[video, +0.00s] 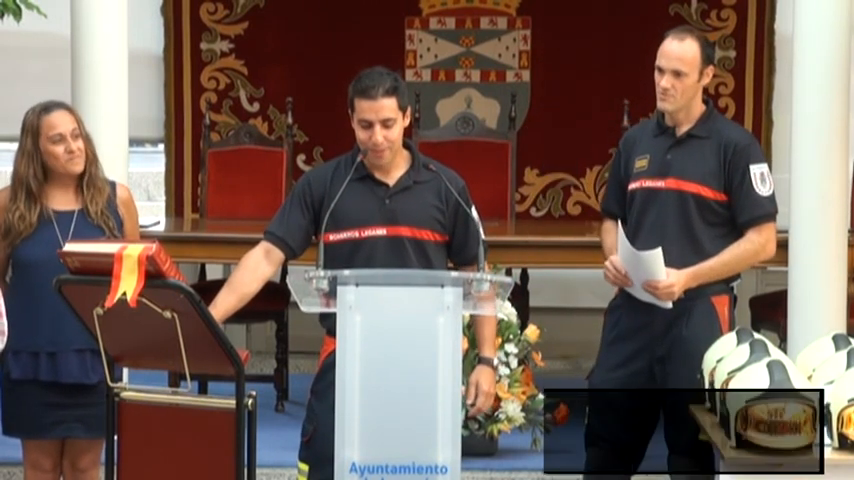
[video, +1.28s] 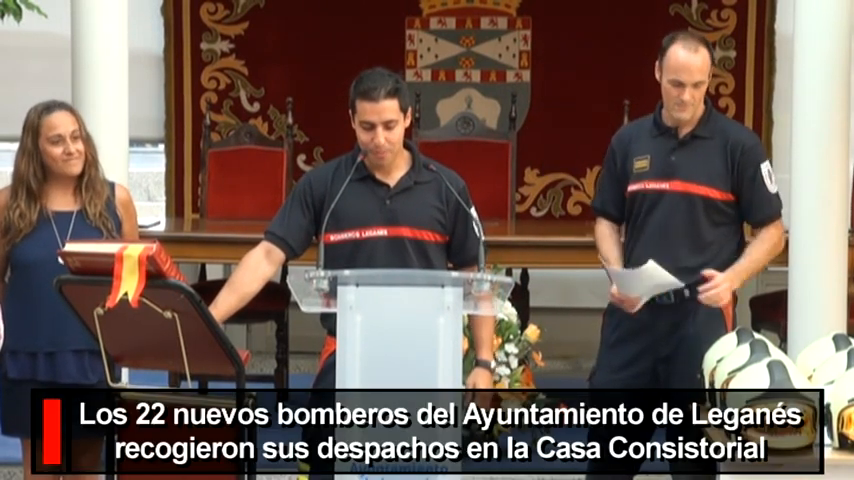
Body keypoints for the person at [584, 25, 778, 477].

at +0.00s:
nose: (663, 83)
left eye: (677, 73)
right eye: (659, 70)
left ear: (706, 77)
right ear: (653, 71)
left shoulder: (736, 145)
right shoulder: (634, 140)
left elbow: (763, 243)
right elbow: (612, 216)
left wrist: (687, 278)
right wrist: (613, 256)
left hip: (696, 333)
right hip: (629, 327)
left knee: (692, 466)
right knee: (605, 464)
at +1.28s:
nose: (686, 96)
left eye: (696, 85)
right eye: (677, 84)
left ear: (709, 81)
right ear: (659, 77)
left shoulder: (739, 144)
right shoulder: (628, 141)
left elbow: (773, 231)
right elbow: (606, 220)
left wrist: (732, 280)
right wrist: (618, 275)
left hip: (701, 317)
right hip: (632, 314)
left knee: (694, 450)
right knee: (609, 444)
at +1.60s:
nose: (685, 109)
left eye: (695, 97)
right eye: (675, 98)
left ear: (710, 90)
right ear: (658, 88)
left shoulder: (743, 149)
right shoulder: (627, 149)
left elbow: (767, 236)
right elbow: (625, 243)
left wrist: (773, 313)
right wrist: (652, 318)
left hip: (708, 313)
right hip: (634, 311)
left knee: (699, 452)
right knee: (609, 447)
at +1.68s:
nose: (682, 115)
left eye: (693, 103)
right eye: (672, 103)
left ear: (709, 94)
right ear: (657, 94)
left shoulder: (743, 151)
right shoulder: (627, 153)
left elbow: (764, 240)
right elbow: (630, 249)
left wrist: (773, 318)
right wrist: (659, 328)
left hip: (708, 313)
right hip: (635, 309)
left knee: (700, 448)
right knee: (609, 445)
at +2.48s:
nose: (633, 116)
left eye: (643, 104)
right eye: (625, 105)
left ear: (669, 93)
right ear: (616, 98)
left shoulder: (715, 147)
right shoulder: (599, 154)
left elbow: (758, 222)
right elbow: (581, 232)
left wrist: (709, 259)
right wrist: (595, 295)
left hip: (693, 320)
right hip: (618, 320)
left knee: (691, 451)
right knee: (599, 450)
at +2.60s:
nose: (623, 106)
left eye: (632, 94)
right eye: (616, 94)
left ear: (664, 86)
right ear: (610, 90)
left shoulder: (711, 146)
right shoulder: (597, 149)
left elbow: (748, 228)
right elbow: (585, 227)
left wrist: (686, 261)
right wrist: (579, 280)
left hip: (682, 321)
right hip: (610, 322)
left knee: (685, 454)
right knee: (583, 451)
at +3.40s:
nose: (505, 73)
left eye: (516, 64)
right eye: (506, 63)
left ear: (551, 69)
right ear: (538, 69)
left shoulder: (566, 132)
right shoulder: (532, 128)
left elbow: (560, 240)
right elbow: (513, 212)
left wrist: (481, 257)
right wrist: (455, 227)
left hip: (544, 289)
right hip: (515, 282)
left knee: (519, 410)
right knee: (501, 405)